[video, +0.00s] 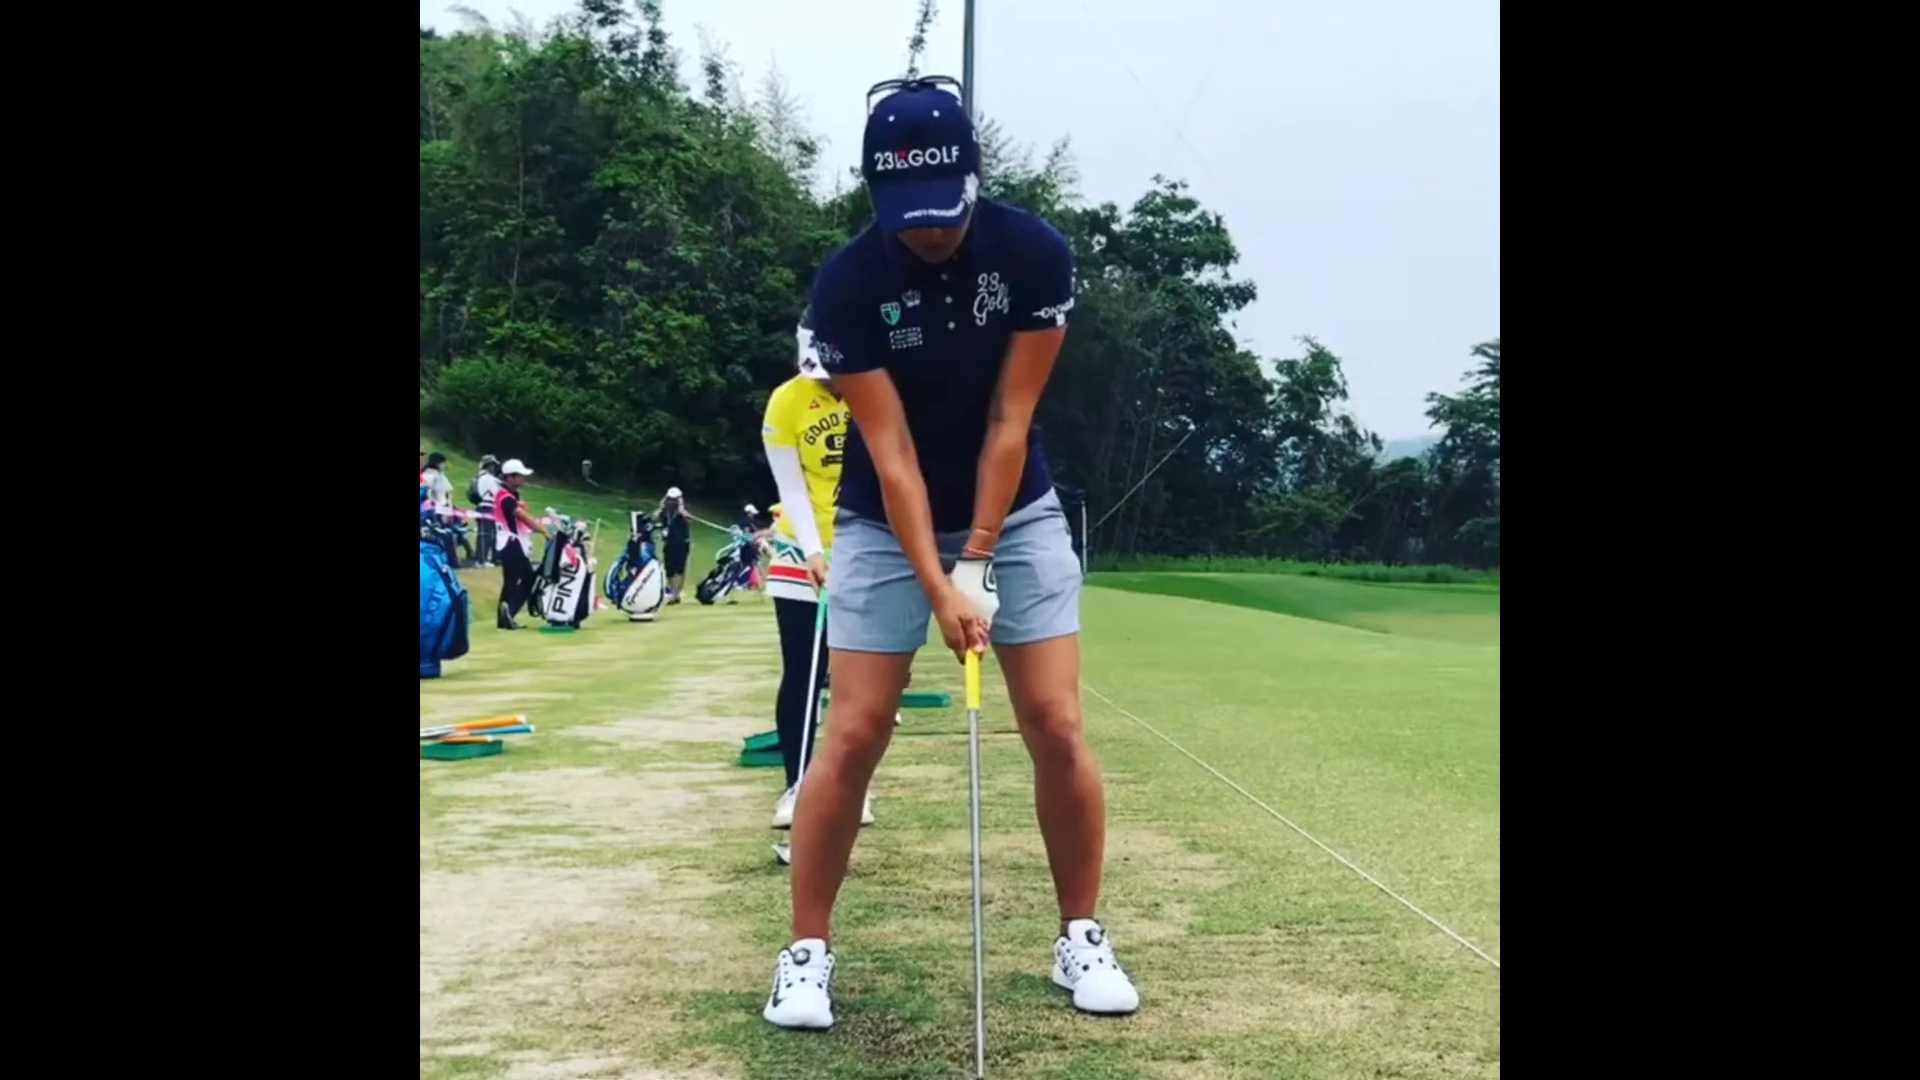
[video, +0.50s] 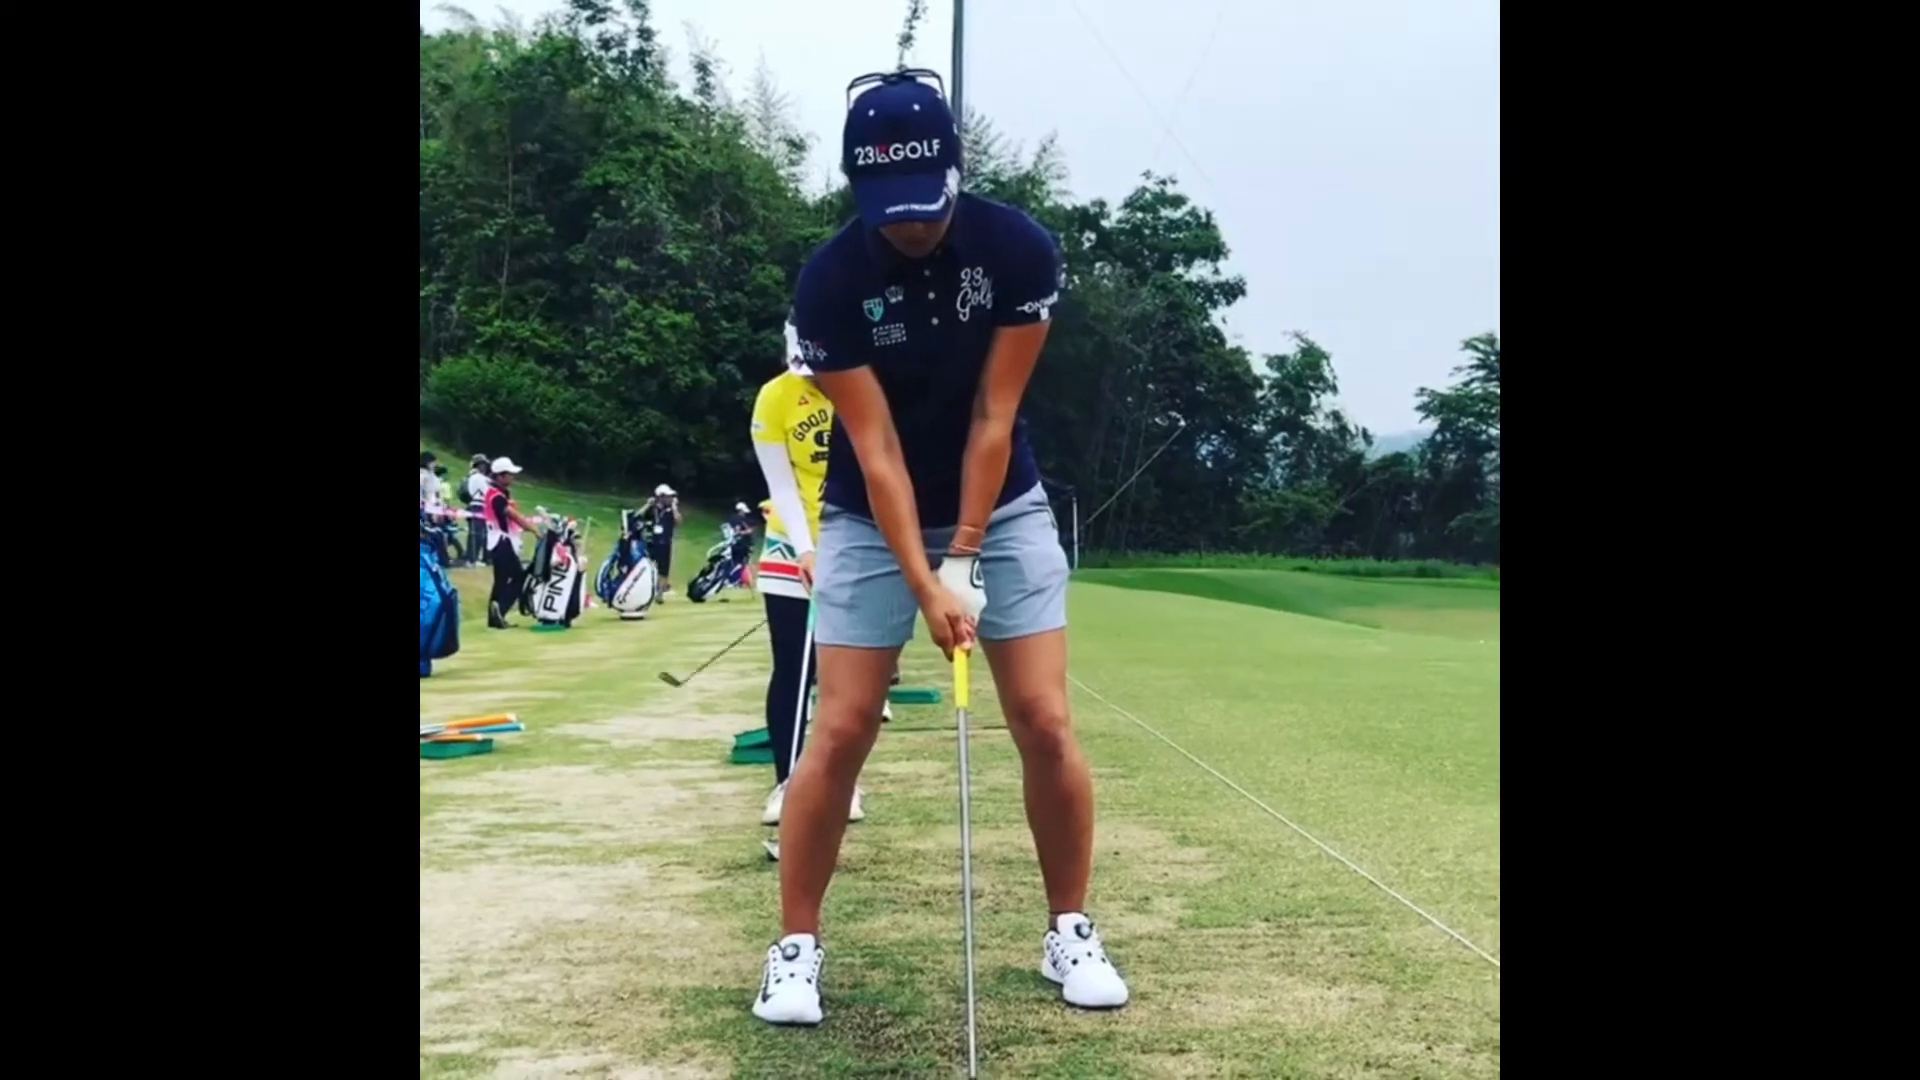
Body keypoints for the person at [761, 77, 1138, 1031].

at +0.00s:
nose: (931, 226)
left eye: (946, 204)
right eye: (911, 209)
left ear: (973, 176)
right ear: (879, 188)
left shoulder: (1033, 256)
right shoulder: (844, 287)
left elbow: (1011, 420)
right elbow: (891, 454)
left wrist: (977, 559)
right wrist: (937, 584)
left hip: (1013, 507)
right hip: (884, 515)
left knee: (1057, 726)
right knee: (855, 731)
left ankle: (1082, 938)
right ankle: (807, 949)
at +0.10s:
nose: (926, 226)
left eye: (941, 205)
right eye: (906, 209)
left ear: (968, 176)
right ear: (873, 188)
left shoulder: (1028, 256)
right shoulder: (838, 288)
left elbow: (1005, 421)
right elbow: (886, 456)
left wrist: (972, 559)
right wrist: (932, 585)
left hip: (1009, 509)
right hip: (879, 516)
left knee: (1052, 726)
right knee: (851, 731)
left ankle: (1078, 938)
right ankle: (803, 950)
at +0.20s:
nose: (921, 225)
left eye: (936, 204)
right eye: (901, 208)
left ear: (963, 176)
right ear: (868, 188)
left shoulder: (1025, 256)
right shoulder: (834, 289)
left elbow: (1001, 421)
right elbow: (881, 456)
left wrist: (969, 560)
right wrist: (928, 585)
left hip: (1005, 509)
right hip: (875, 517)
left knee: (1049, 726)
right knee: (848, 731)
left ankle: (1075, 936)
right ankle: (800, 949)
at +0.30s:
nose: (917, 224)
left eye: (933, 202)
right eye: (897, 207)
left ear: (960, 173)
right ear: (865, 187)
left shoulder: (1021, 255)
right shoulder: (830, 288)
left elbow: (997, 420)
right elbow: (879, 456)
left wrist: (966, 559)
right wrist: (926, 585)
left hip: (1002, 508)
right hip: (871, 516)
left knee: (1047, 725)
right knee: (845, 729)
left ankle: (1073, 935)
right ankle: (798, 948)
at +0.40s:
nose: (915, 224)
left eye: (930, 202)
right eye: (894, 207)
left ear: (957, 171)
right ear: (861, 185)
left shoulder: (1018, 253)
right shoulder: (828, 285)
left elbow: (995, 417)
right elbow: (876, 453)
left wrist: (964, 557)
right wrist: (924, 583)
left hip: (1000, 507)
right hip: (869, 515)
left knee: (1046, 724)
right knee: (843, 729)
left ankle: (1071, 933)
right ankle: (796, 947)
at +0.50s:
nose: (913, 221)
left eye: (929, 200)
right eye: (893, 204)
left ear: (956, 170)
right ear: (861, 183)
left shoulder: (1017, 250)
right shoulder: (828, 283)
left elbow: (995, 415)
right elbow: (876, 452)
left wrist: (965, 555)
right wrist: (924, 582)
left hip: (1000, 504)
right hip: (869, 512)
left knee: (1046, 724)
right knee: (843, 727)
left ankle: (1071, 931)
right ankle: (796, 945)